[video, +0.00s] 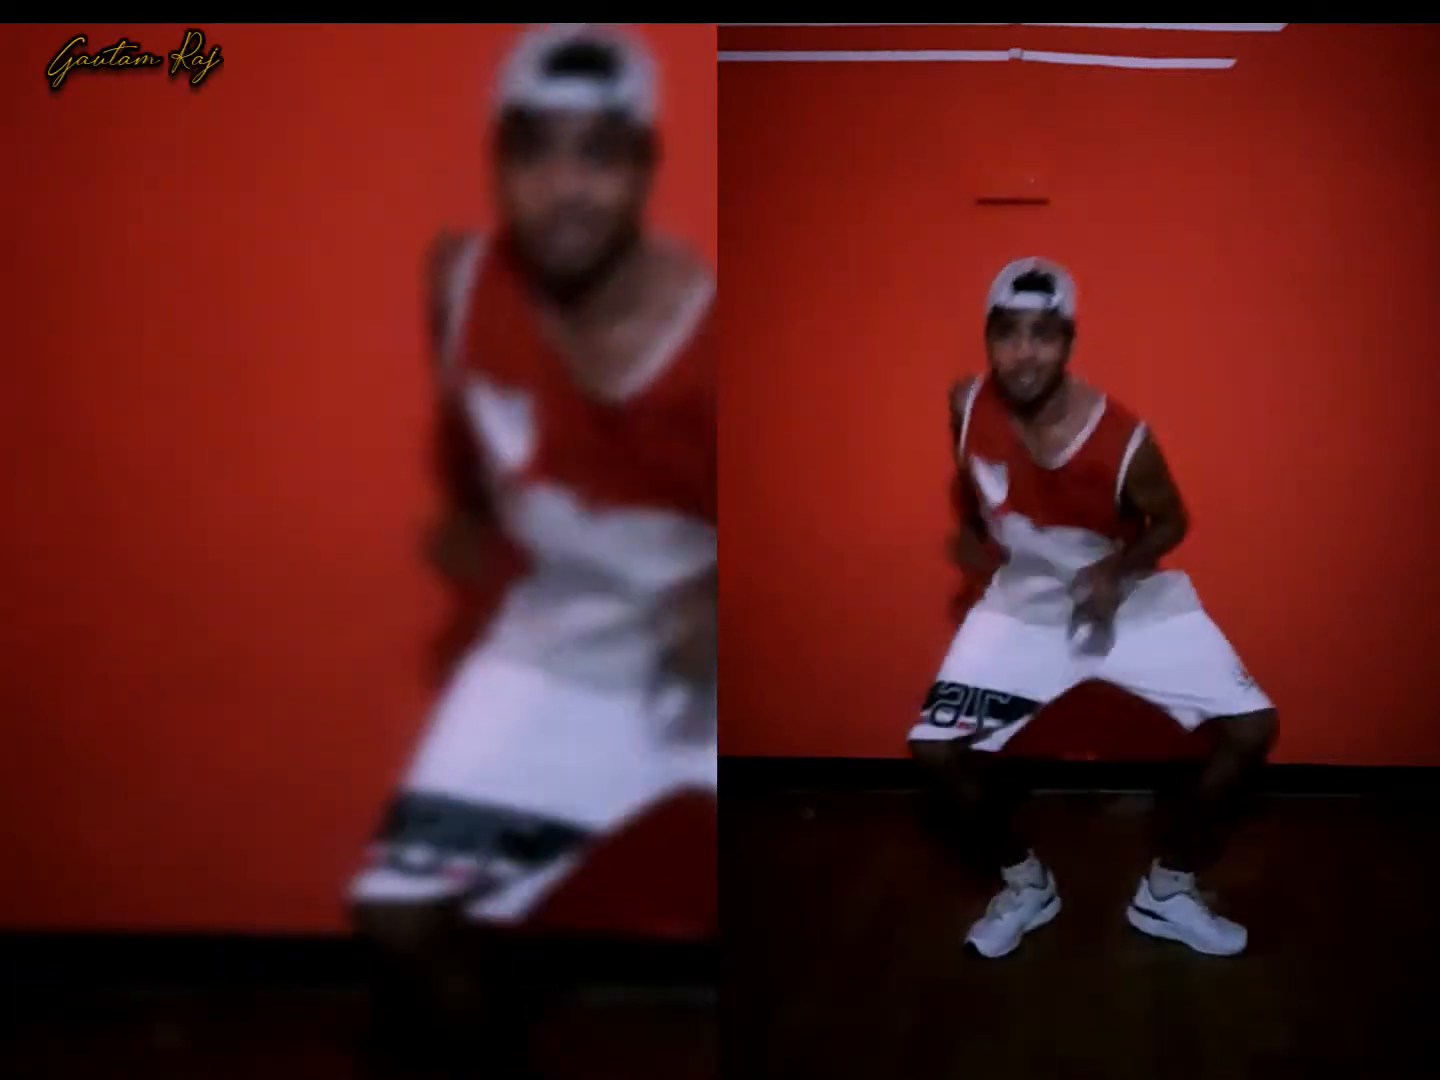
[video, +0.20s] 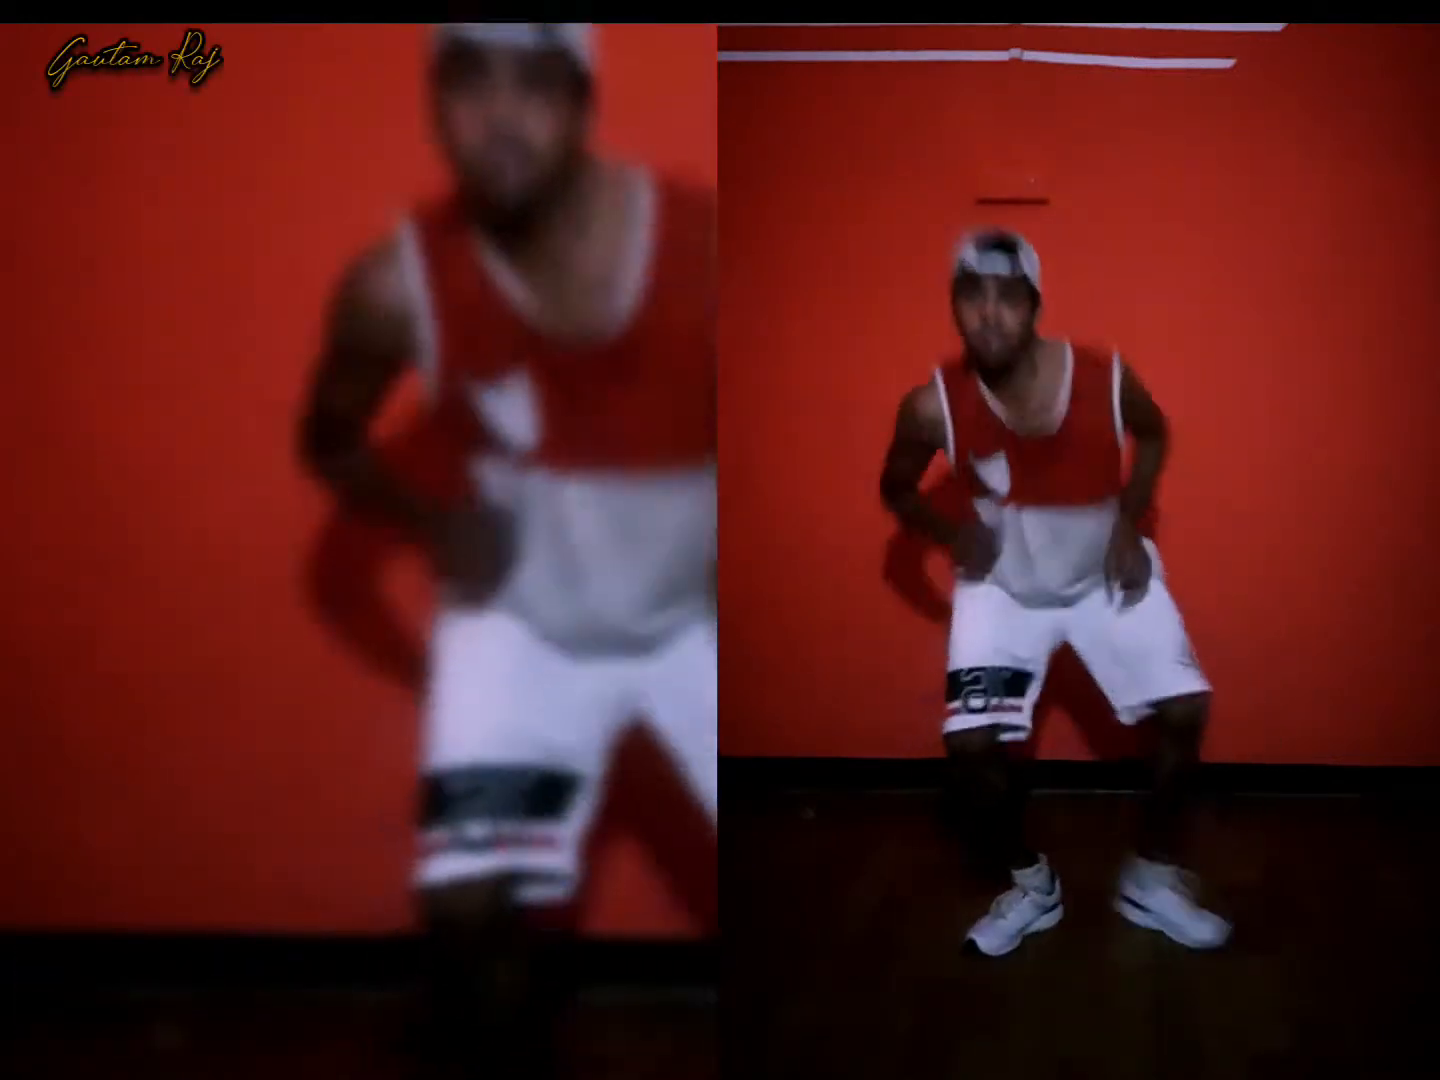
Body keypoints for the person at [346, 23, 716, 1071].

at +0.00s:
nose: (564, 186)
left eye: (599, 155)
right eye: (536, 153)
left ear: (647, 173)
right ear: (498, 170)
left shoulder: (720, 323)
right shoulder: (466, 280)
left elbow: (788, 491)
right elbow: (459, 438)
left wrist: (727, 599)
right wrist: (469, 524)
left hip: (697, 653)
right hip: (541, 647)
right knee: (405, 912)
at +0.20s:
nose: (498, 119)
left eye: (531, 85)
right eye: (469, 86)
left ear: (581, 104)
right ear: (438, 111)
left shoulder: (705, 242)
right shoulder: (402, 283)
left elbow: (793, 392)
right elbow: (328, 439)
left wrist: (747, 520)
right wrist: (435, 523)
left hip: (699, 626)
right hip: (515, 629)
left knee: (789, 902)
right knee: (474, 918)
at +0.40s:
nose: (412, 46)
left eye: (436, 22)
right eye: (389, 27)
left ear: (493, 25)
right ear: (367, 45)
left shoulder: (587, 122)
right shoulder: (362, 223)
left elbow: (632, 311)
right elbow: (448, 483)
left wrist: (693, 411)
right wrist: (503, 341)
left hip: (651, 594)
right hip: (494, 607)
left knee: (618, 936)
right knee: (484, 940)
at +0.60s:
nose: (519, 68)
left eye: (551, 42)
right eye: (496, 39)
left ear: (596, 58)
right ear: (463, 50)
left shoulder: (631, 194)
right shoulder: (387, 184)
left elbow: (630, 391)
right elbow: (349, 439)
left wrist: (740, 431)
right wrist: (426, 405)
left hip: (575, 625)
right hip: (422, 608)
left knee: (512, 965)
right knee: (406, 940)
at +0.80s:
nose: (694, 122)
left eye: (716, 93)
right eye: (668, 90)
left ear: (746, 115)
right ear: (622, 105)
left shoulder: (738, 266)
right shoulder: (526, 248)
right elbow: (314, 401)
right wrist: (276, 629)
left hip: (578, 531)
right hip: (404, 514)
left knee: (623, 834)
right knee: (337, 812)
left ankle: (632, 1078)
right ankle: (261, 1075)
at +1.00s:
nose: (734, 123)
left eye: (750, 98)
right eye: (720, 91)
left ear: (786, 120)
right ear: (690, 95)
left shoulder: (799, 249)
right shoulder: (573, 201)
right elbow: (447, 340)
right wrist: (385, 519)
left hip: (704, 605)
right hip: (529, 588)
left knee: (734, 906)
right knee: (441, 888)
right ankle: (437, 1069)